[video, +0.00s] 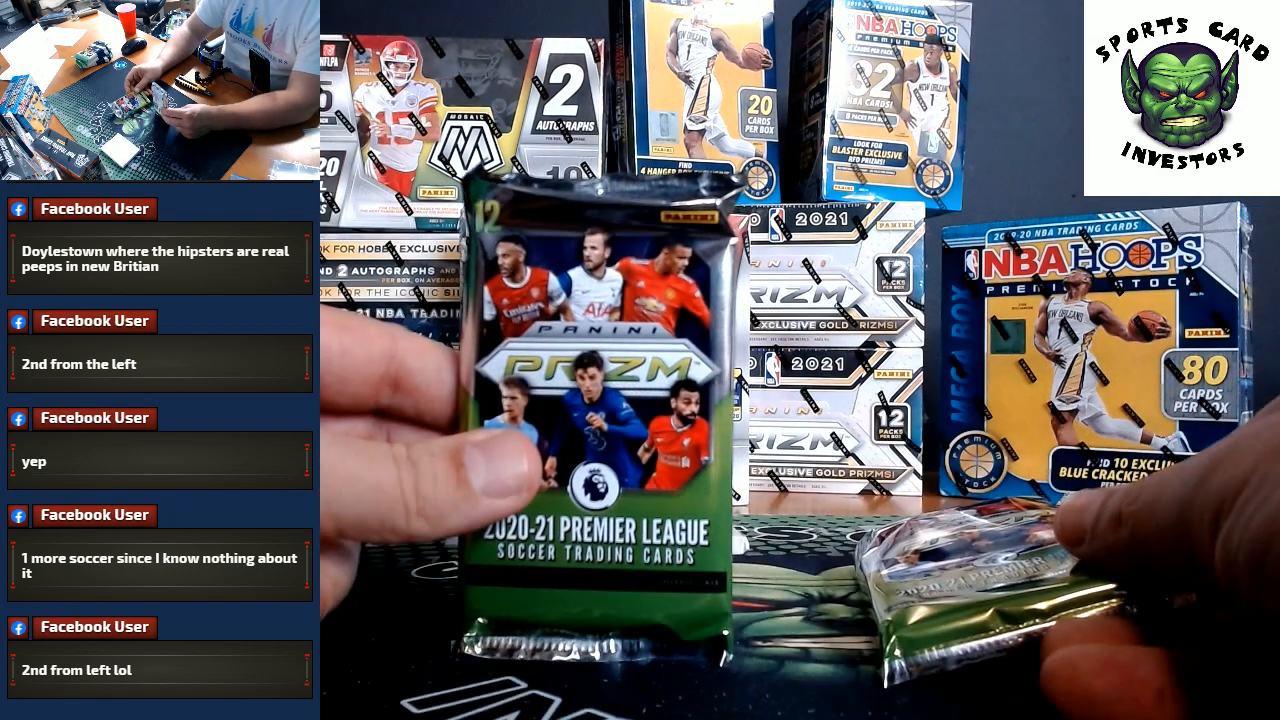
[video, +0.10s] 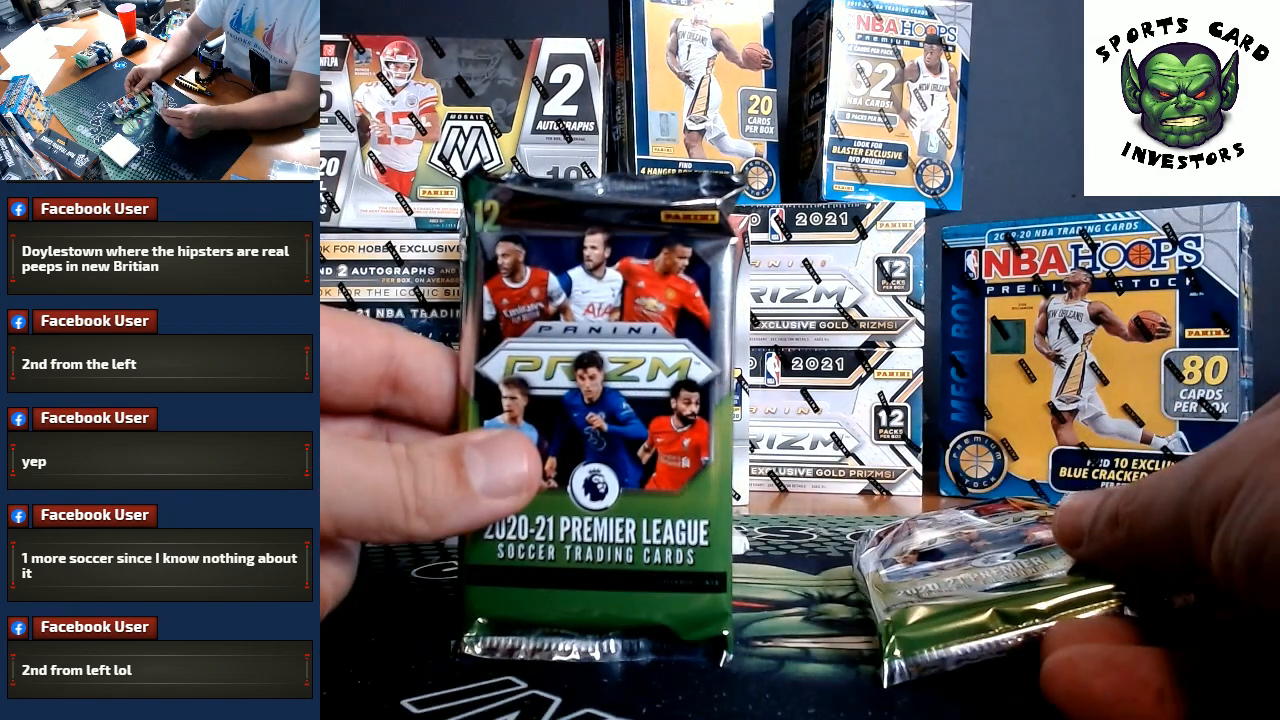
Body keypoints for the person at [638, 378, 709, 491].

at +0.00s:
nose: (693, 409)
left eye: (696, 403)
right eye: (687, 403)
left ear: (699, 404)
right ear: (673, 403)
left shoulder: (702, 429)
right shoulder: (657, 424)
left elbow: (707, 463)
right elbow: (648, 447)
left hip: (686, 493)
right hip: (656, 490)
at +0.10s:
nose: (693, 409)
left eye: (697, 404)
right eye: (687, 403)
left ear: (700, 404)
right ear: (673, 403)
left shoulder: (702, 429)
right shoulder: (657, 425)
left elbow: (707, 464)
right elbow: (648, 446)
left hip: (686, 494)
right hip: (656, 490)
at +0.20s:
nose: (693, 408)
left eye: (696, 403)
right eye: (687, 402)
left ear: (699, 404)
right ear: (673, 403)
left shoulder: (702, 428)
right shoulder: (657, 424)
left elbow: (706, 463)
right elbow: (648, 445)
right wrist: (643, 451)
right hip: (656, 489)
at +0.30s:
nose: (690, 407)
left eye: (693, 402)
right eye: (684, 402)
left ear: (696, 402)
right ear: (670, 402)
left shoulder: (699, 427)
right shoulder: (654, 424)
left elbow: (704, 463)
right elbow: (644, 447)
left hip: (683, 493)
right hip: (653, 489)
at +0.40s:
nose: (689, 407)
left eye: (693, 402)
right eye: (683, 401)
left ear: (696, 403)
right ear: (669, 402)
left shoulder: (699, 427)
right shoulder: (653, 423)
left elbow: (704, 462)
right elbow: (644, 446)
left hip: (682, 492)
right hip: (653, 489)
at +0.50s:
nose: (688, 407)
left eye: (692, 401)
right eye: (682, 401)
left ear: (695, 402)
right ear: (668, 402)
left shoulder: (698, 426)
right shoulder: (653, 423)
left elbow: (703, 461)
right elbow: (643, 446)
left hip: (681, 492)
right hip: (652, 489)